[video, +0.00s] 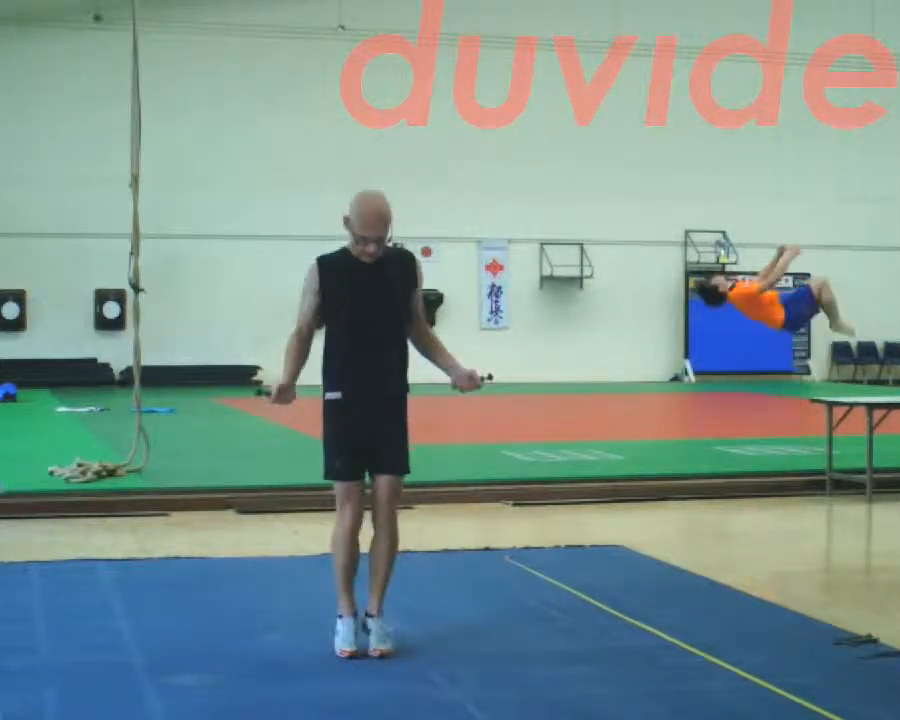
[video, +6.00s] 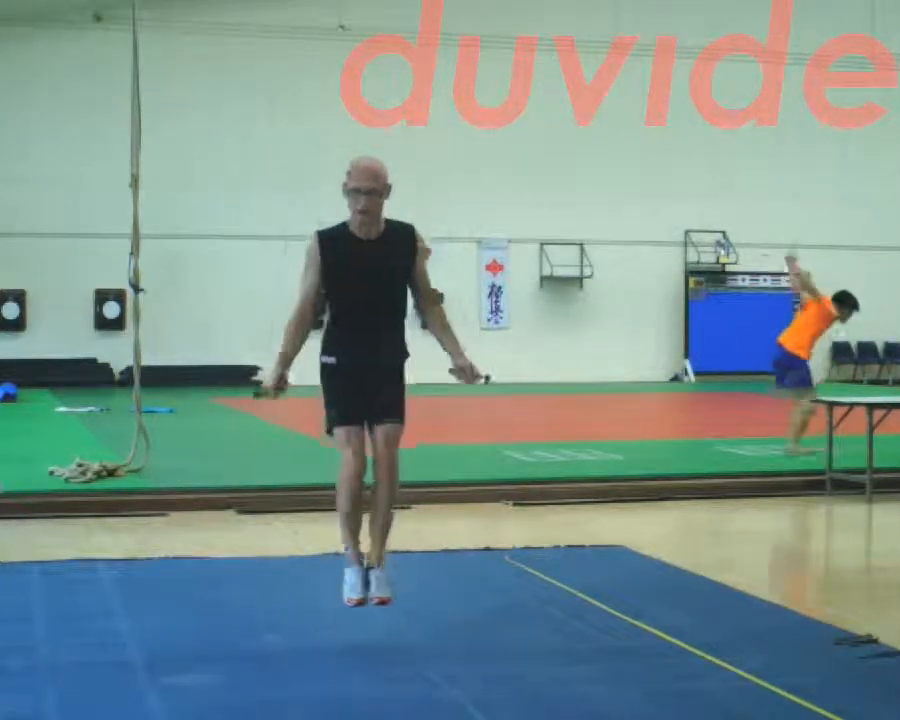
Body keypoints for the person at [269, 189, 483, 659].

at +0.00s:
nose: (371, 248)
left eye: (379, 240)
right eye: (363, 240)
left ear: (390, 228)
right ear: (347, 228)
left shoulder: (405, 266)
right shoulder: (325, 270)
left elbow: (419, 330)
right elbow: (303, 331)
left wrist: (455, 369)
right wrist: (288, 382)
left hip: (390, 400)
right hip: (343, 401)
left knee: (386, 505)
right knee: (350, 508)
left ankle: (375, 615)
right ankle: (346, 616)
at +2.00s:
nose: (378, 255)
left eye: (385, 247)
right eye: (370, 248)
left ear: (397, 235)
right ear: (354, 235)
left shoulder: (411, 275)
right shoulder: (331, 277)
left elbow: (421, 339)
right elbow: (308, 339)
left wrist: (453, 385)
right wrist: (287, 394)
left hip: (396, 407)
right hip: (349, 408)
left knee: (390, 510)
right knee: (353, 510)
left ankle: (378, 617)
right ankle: (349, 618)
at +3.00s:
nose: (379, 213)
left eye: (386, 205)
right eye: (370, 205)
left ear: (396, 198)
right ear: (355, 197)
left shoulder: (415, 235)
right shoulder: (332, 237)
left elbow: (433, 304)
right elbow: (309, 302)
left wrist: (464, 357)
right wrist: (282, 355)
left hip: (392, 354)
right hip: (347, 355)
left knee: (397, 446)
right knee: (359, 447)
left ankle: (384, 556)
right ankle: (355, 554)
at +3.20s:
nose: (376, 228)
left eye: (384, 220)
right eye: (367, 220)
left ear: (395, 214)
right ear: (352, 214)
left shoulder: (415, 255)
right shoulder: (332, 259)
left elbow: (435, 317)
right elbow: (307, 323)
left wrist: (469, 370)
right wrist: (276, 378)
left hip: (393, 374)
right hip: (347, 374)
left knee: (393, 473)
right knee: (364, 470)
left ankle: (384, 573)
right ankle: (359, 570)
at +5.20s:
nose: (373, 198)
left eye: (382, 190)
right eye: (364, 189)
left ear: (395, 192)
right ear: (353, 191)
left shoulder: (413, 242)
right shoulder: (332, 242)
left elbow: (425, 312)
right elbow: (313, 310)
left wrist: (454, 363)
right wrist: (287, 368)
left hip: (394, 369)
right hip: (349, 369)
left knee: (396, 466)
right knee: (353, 472)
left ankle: (388, 577)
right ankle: (351, 579)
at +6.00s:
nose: (362, 202)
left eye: (371, 193)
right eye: (354, 193)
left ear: (386, 194)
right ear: (344, 194)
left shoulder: (406, 240)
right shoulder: (325, 244)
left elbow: (428, 305)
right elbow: (305, 312)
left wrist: (458, 356)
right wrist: (281, 367)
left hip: (387, 361)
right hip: (341, 361)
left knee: (386, 455)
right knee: (354, 456)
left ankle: (377, 563)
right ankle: (352, 560)